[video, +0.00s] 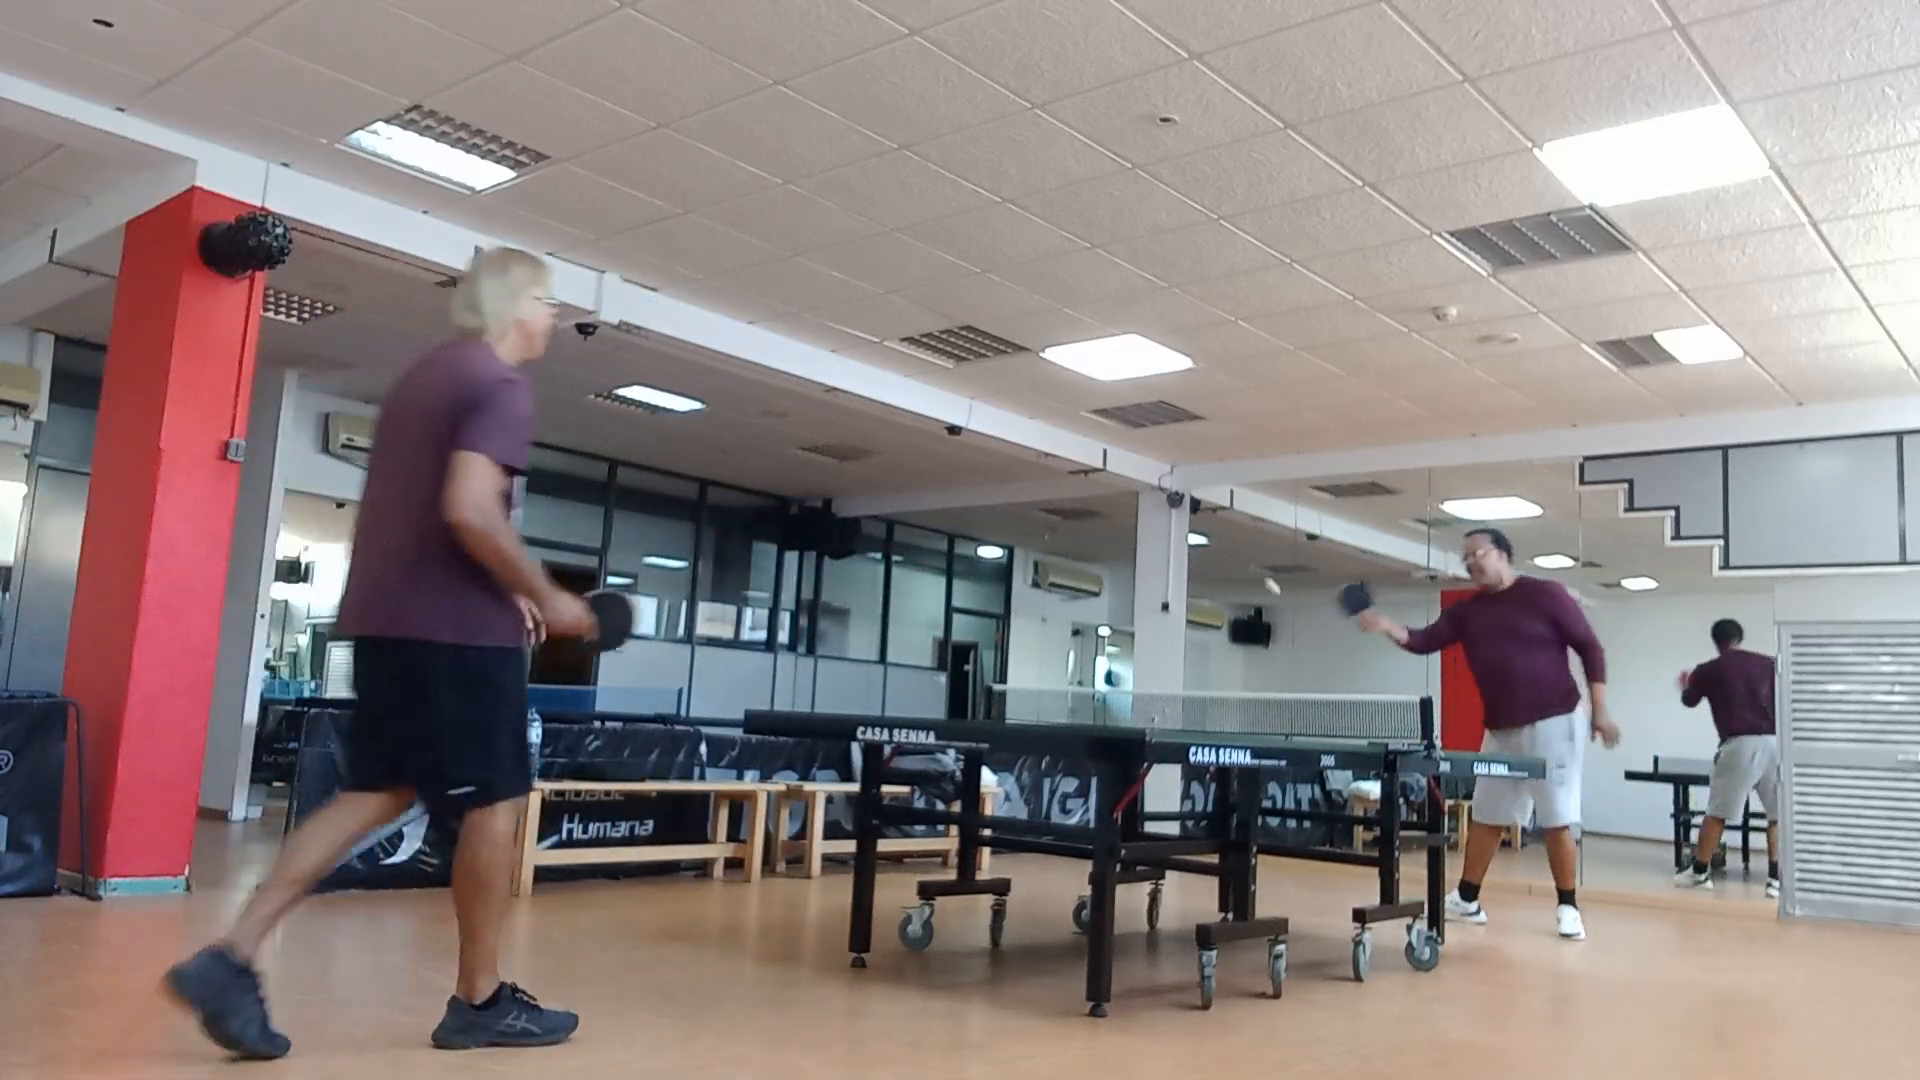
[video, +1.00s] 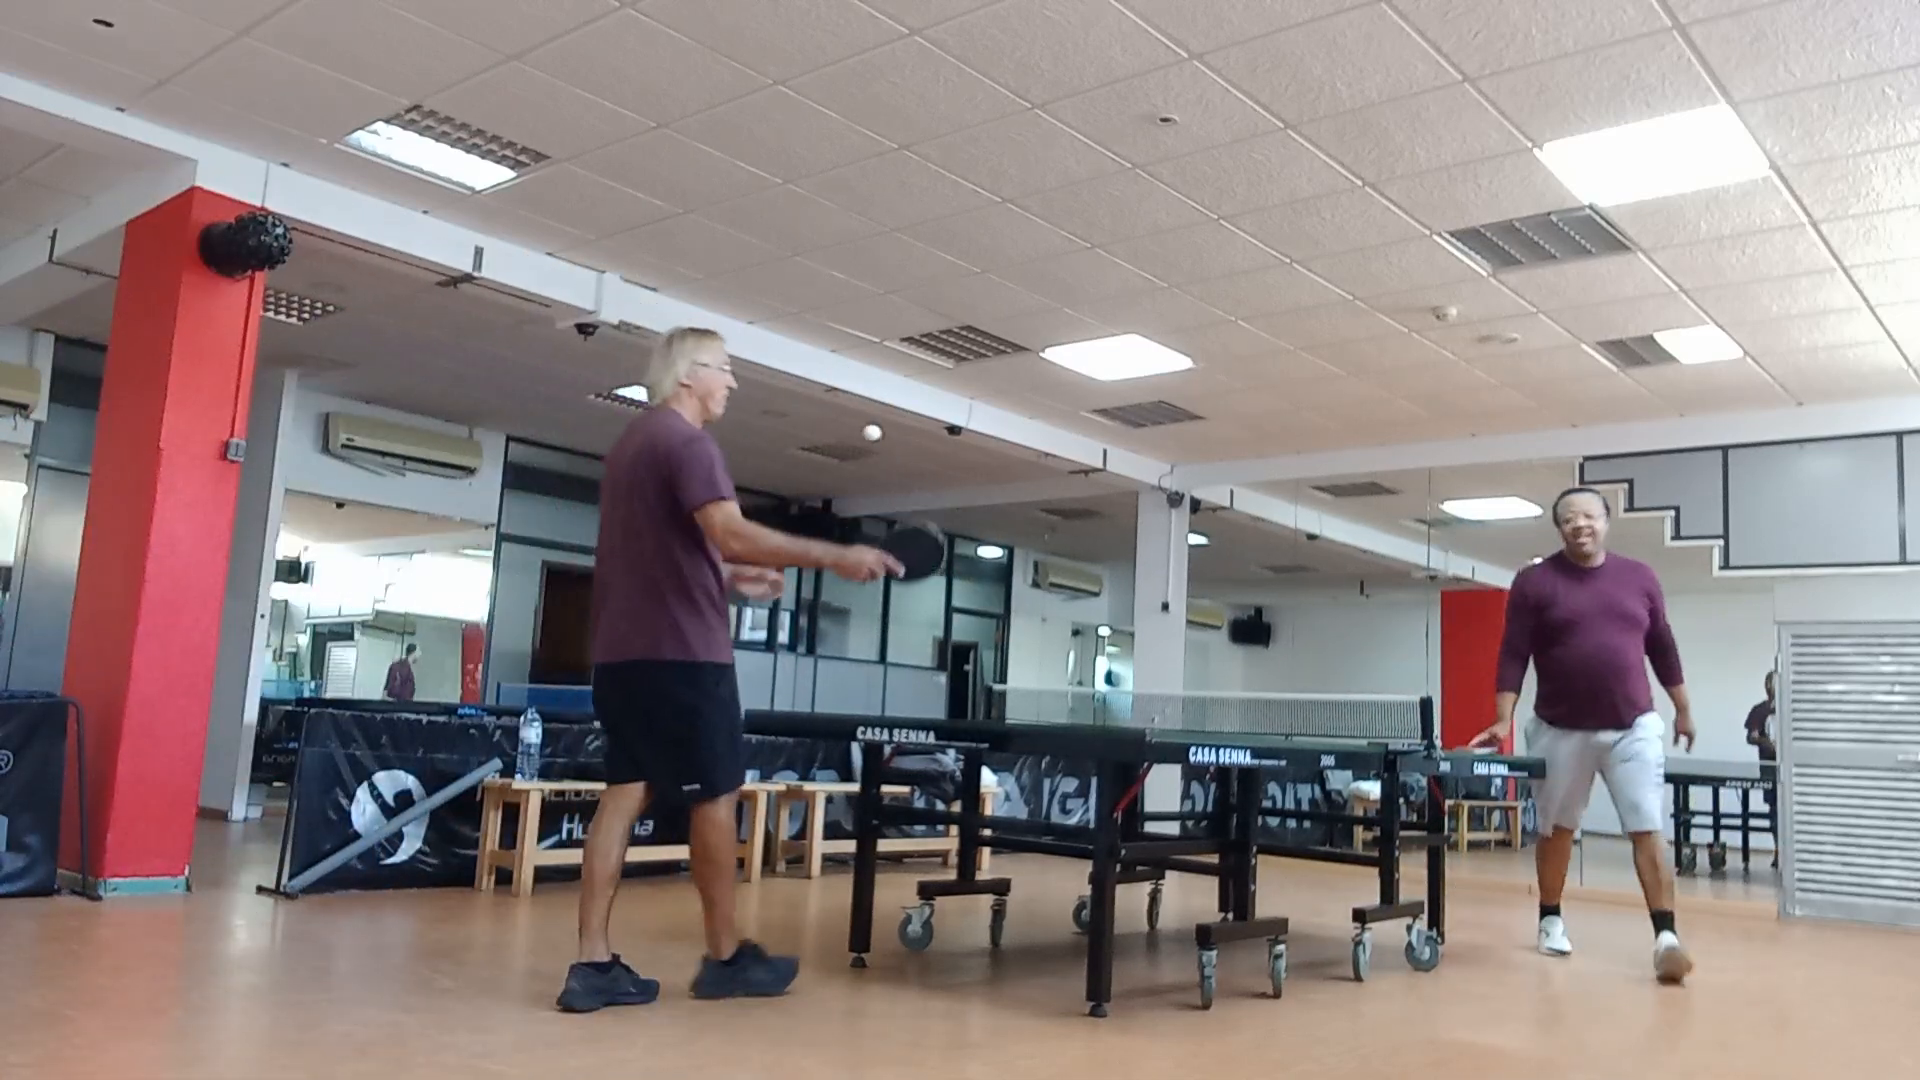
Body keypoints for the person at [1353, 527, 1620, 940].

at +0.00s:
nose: (1470, 561)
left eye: (1477, 553)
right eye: (1466, 557)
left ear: (1502, 553)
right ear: (1466, 566)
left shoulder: (1546, 594)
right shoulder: (1465, 611)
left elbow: (1591, 647)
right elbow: (1423, 641)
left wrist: (1600, 710)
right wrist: (1386, 627)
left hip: (1556, 722)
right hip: (1502, 729)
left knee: (1558, 821)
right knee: (1485, 816)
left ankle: (1568, 907)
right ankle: (1466, 900)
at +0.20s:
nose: (1511, 550)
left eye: (1518, 541)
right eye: (1504, 546)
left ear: (1540, 545)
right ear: (1499, 556)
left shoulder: (1581, 593)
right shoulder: (1492, 601)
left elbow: (1615, 650)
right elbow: (1466, 656)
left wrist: (1617, 709)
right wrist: (1446, 651)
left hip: (1570, 727)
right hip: (1510, 725)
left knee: (1569, 820)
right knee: (1490, 809)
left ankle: (1569, 908)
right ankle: (1495, 903)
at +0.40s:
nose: (1531, 549)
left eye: (1540, 542)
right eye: (1524, 544)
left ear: (1561, 547)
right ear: (1517, 552)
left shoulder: (1595, 594)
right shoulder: (1501, 599)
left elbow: (1629, 653)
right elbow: (1486, 658)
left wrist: (1630, 706)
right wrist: (1485, 690)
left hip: (1582, 726)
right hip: (1523, 725)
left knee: (1573, 819)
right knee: (1527, 809)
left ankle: (1569, 908)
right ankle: (1532, 907)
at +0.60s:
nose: (1533, 543)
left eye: (1541, 534)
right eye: (1525, 539)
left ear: (1562, 537)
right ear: (1519, 548)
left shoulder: (1599, 581)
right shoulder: (1504, 598)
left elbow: (1633, 643)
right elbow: (1487, 658)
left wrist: (1652, 706)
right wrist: (1488, 699)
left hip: (1598, 723)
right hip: (1538, 725)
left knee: (1596, 825)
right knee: (1548, 820)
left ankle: (1575, 894)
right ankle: (1548, 917)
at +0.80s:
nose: (1550, 527)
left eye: (1557, 518)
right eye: (1540, 522)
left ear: (1576, 522)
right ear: (1531, 533)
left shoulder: (1614, 573)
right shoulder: (1511, 587)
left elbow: (1642, 638)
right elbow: (1499, 654)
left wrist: (1667, 700)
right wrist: (1495, 707)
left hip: (1613, 718)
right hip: (1546, 723)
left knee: (1632, 814)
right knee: (1547, 822)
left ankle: (1621, 916)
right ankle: (1550, 921)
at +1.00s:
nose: (1580, 527)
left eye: (1589, 518)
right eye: (1570, 521)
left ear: (1606, 523)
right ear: (1559, 530)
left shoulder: (1639, 577)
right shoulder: (1533, 583)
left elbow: (1662, 645)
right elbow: (1513, 653)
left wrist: (1682, 707)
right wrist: (1505, 718)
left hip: (1632, 725)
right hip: (1561, 728)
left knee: (1646, 827)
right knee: (1558, 827)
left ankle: (1666, 936)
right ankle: (1550, 920)